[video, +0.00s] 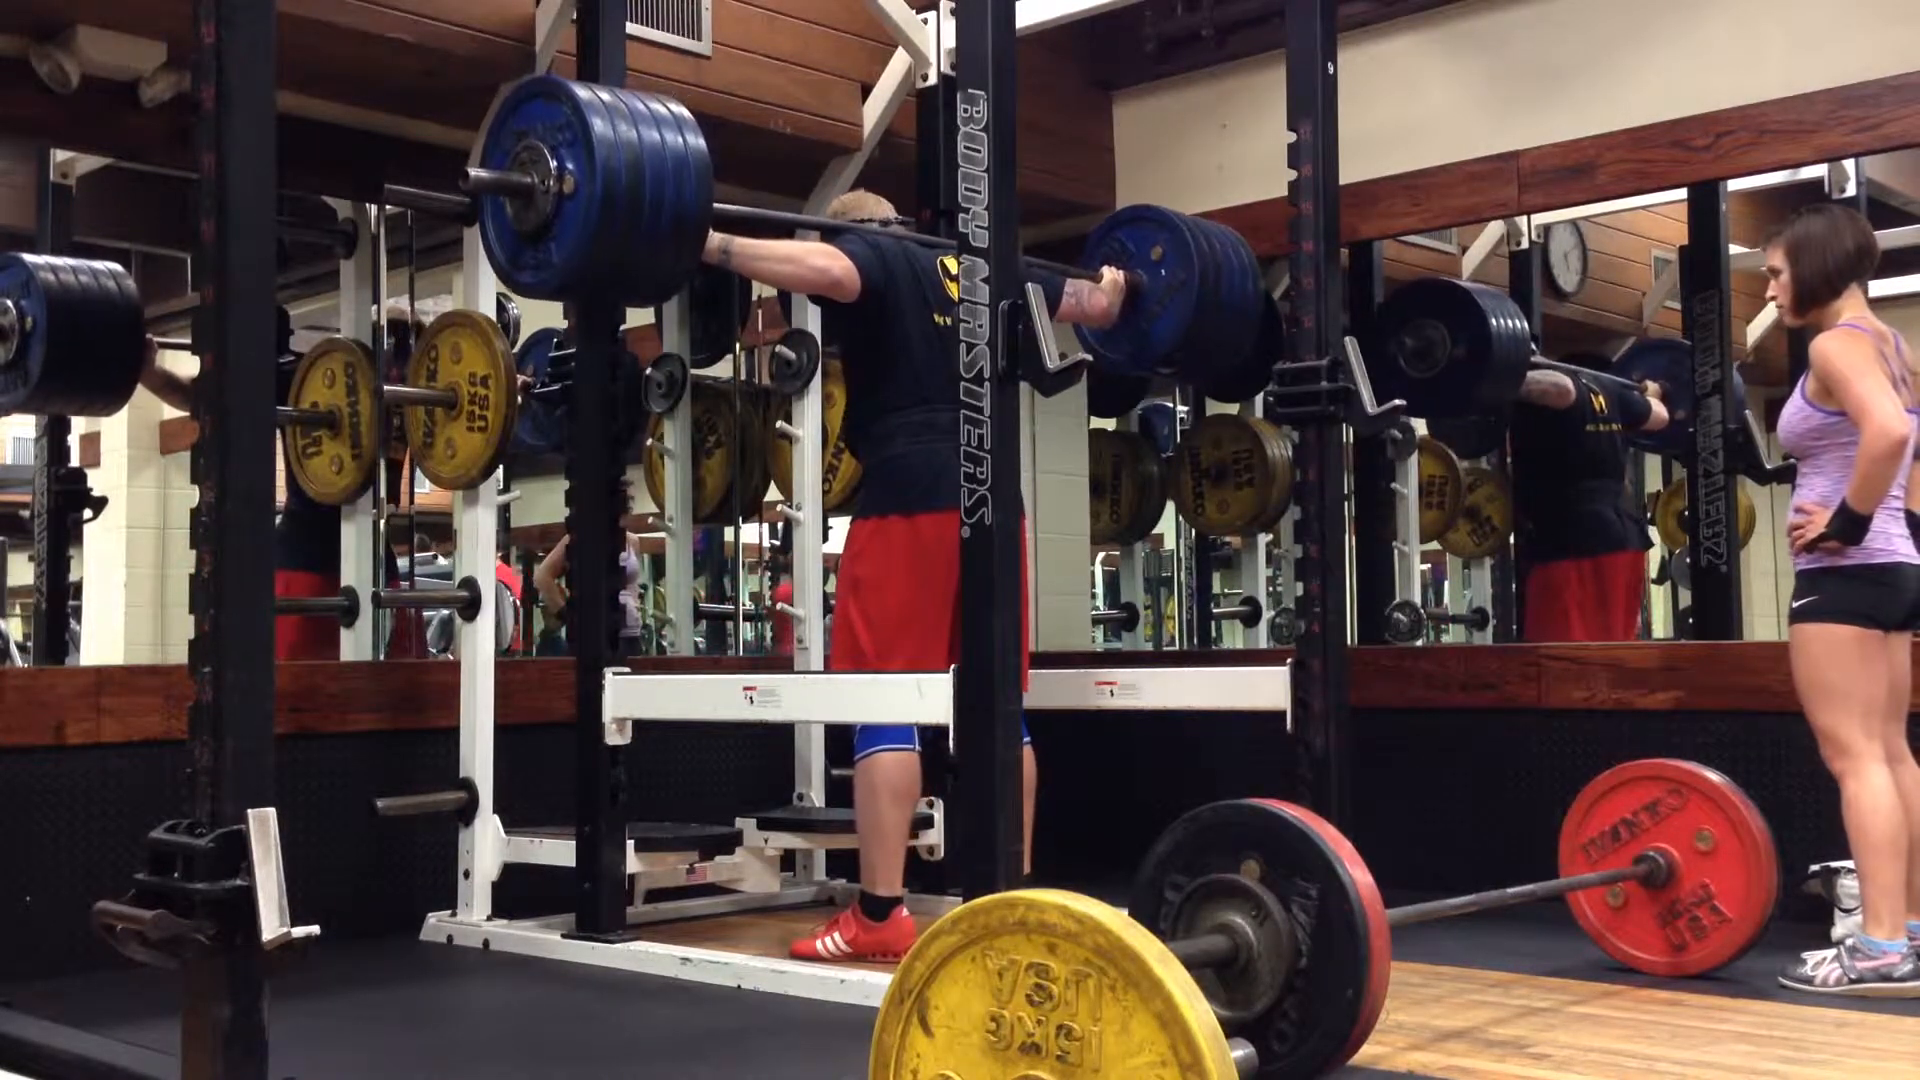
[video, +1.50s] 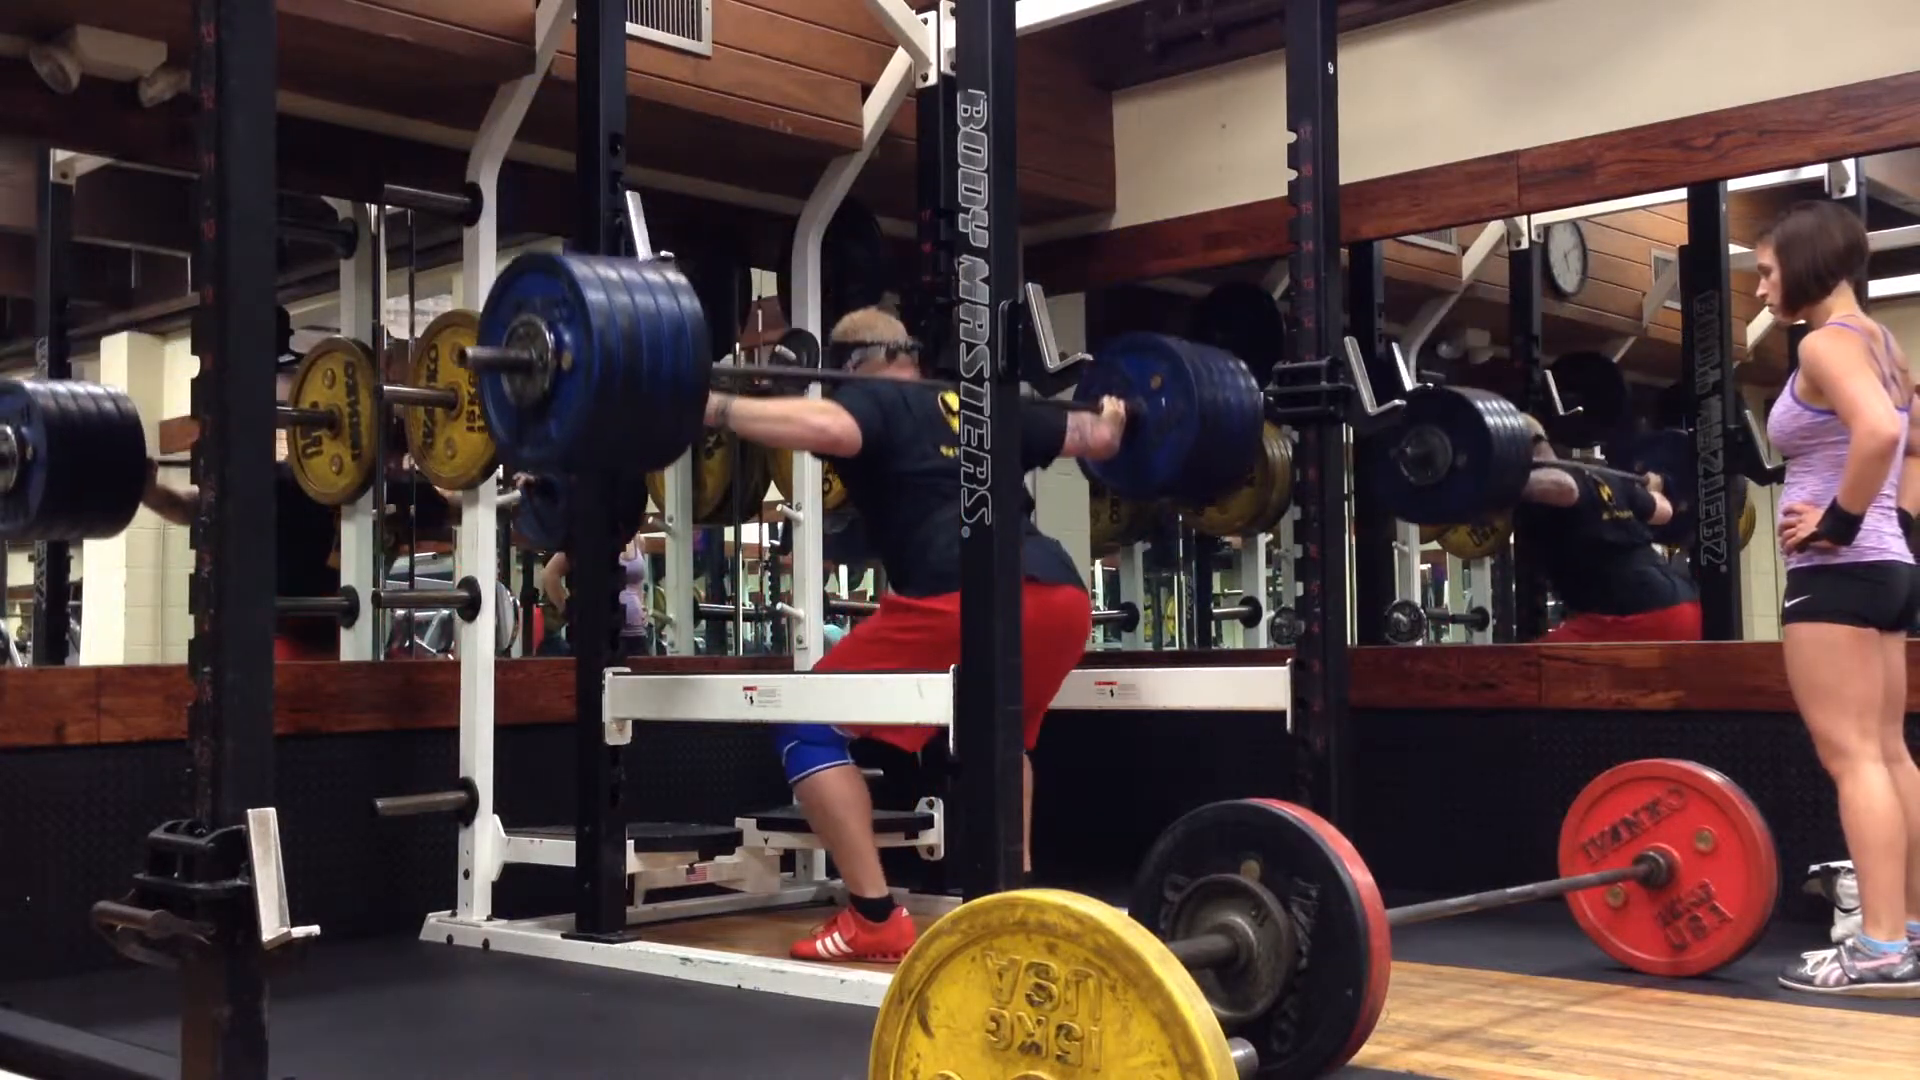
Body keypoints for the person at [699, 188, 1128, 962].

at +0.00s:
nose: (832, 248)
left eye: (834, 237)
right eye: (831, 237)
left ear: (854, 228)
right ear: (902, 220)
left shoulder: (872, 249)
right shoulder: (987, 267)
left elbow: (831, 273)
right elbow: (1093, 304)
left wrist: (719, 245)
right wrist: (1117, 279)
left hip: (912, 502)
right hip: (1002, 507)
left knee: (884, 707)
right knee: (1000, 712)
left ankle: (880, 910)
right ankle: (1011, 900)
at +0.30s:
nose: (828, 253)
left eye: (831, 241)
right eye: (828, 240)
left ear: (853, 230)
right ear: (902, 220)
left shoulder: (869, 252)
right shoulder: (985, 269)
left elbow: (833, 277)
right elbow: (1092, 304)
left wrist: (718, 248)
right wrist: (1116, 279)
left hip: (912, 506)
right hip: (1002, 511)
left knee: (882, 710)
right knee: (1000, 715)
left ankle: (879, 911)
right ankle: (1010, 901)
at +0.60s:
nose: (826, 270)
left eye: (827, 256)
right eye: (827, 255)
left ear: (847, 244)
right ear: (903, 227)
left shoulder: (869, 258)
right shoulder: (982, 274)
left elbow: (836, 286)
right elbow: (1095, 310)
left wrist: (721, 259)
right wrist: (1117, 286)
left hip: (929, 501)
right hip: (1020, 500)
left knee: (872, 703)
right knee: (1004, 712)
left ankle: (878, 910)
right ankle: (1013, 902)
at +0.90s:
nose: (838, 294)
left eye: (840, 280)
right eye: (839, 283)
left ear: (860, 272)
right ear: (908, 264)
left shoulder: (876, 301)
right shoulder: (970, 313)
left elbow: (835, 328)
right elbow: (1071, 342)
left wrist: (715, 302)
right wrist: (1105, 343)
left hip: (947, 527)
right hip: (1045, 524)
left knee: (851, 703)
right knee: (1006, 713)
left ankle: (876, 911)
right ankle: (1013, 902)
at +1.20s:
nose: (844, 337)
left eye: (847, 325)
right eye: (845, 328)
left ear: (874, 315)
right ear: (910, 310)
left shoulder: (876, 347)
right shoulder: (985, 363)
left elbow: (831, 376)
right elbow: (1098, 395)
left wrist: (709, 351)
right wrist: (1115, 369)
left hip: (959, 563)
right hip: (1058, 564)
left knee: (823, 711)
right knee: (1003, 725)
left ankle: (874, 912)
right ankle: (1013, 901)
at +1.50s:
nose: (842, 381)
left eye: (846, 370)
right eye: (842, 373)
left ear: (866, 364)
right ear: (913, 360)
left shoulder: (870, 397)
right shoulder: (986, 405)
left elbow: (836, 432)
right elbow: (1095, 438)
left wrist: (715, 405)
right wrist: (1112, 413)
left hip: (953, 599)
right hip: (1060, 602)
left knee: (804, 720)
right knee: (1002, 738)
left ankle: (873, 912)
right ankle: (1014, 896)